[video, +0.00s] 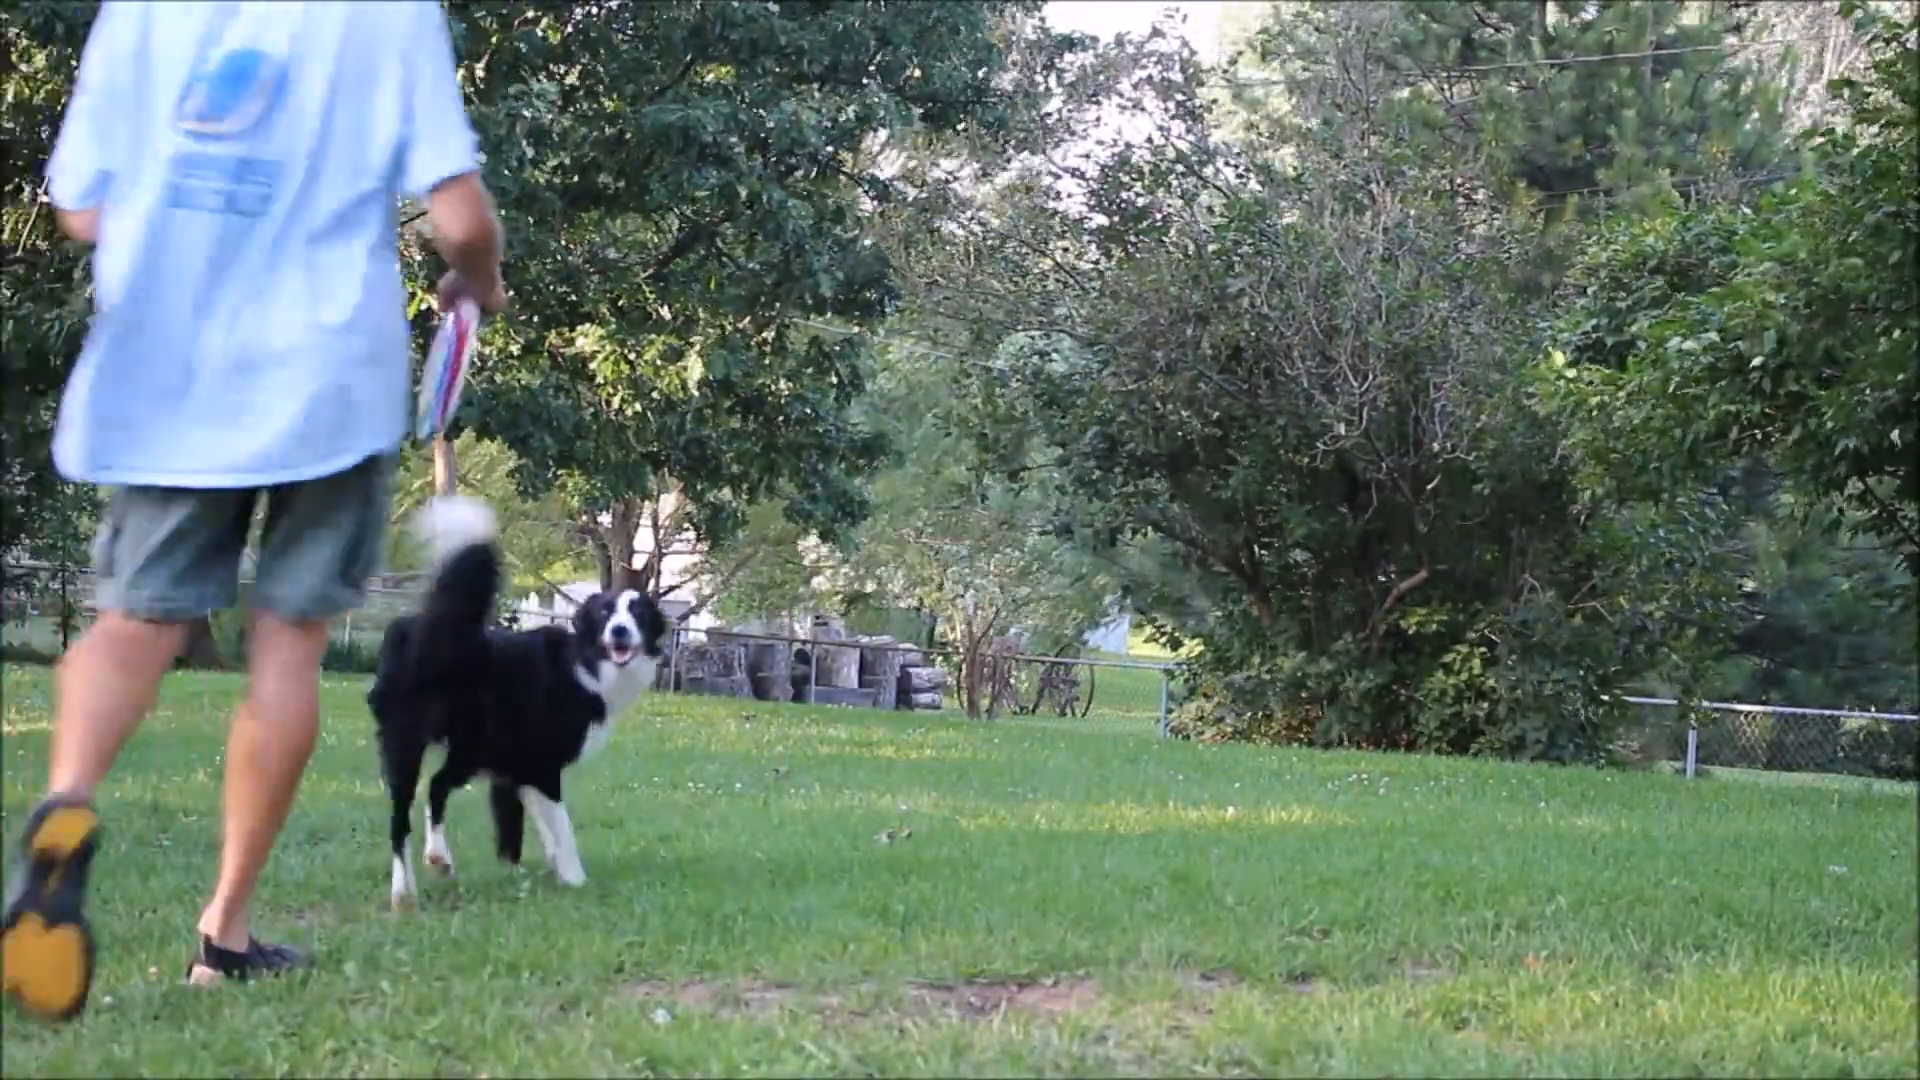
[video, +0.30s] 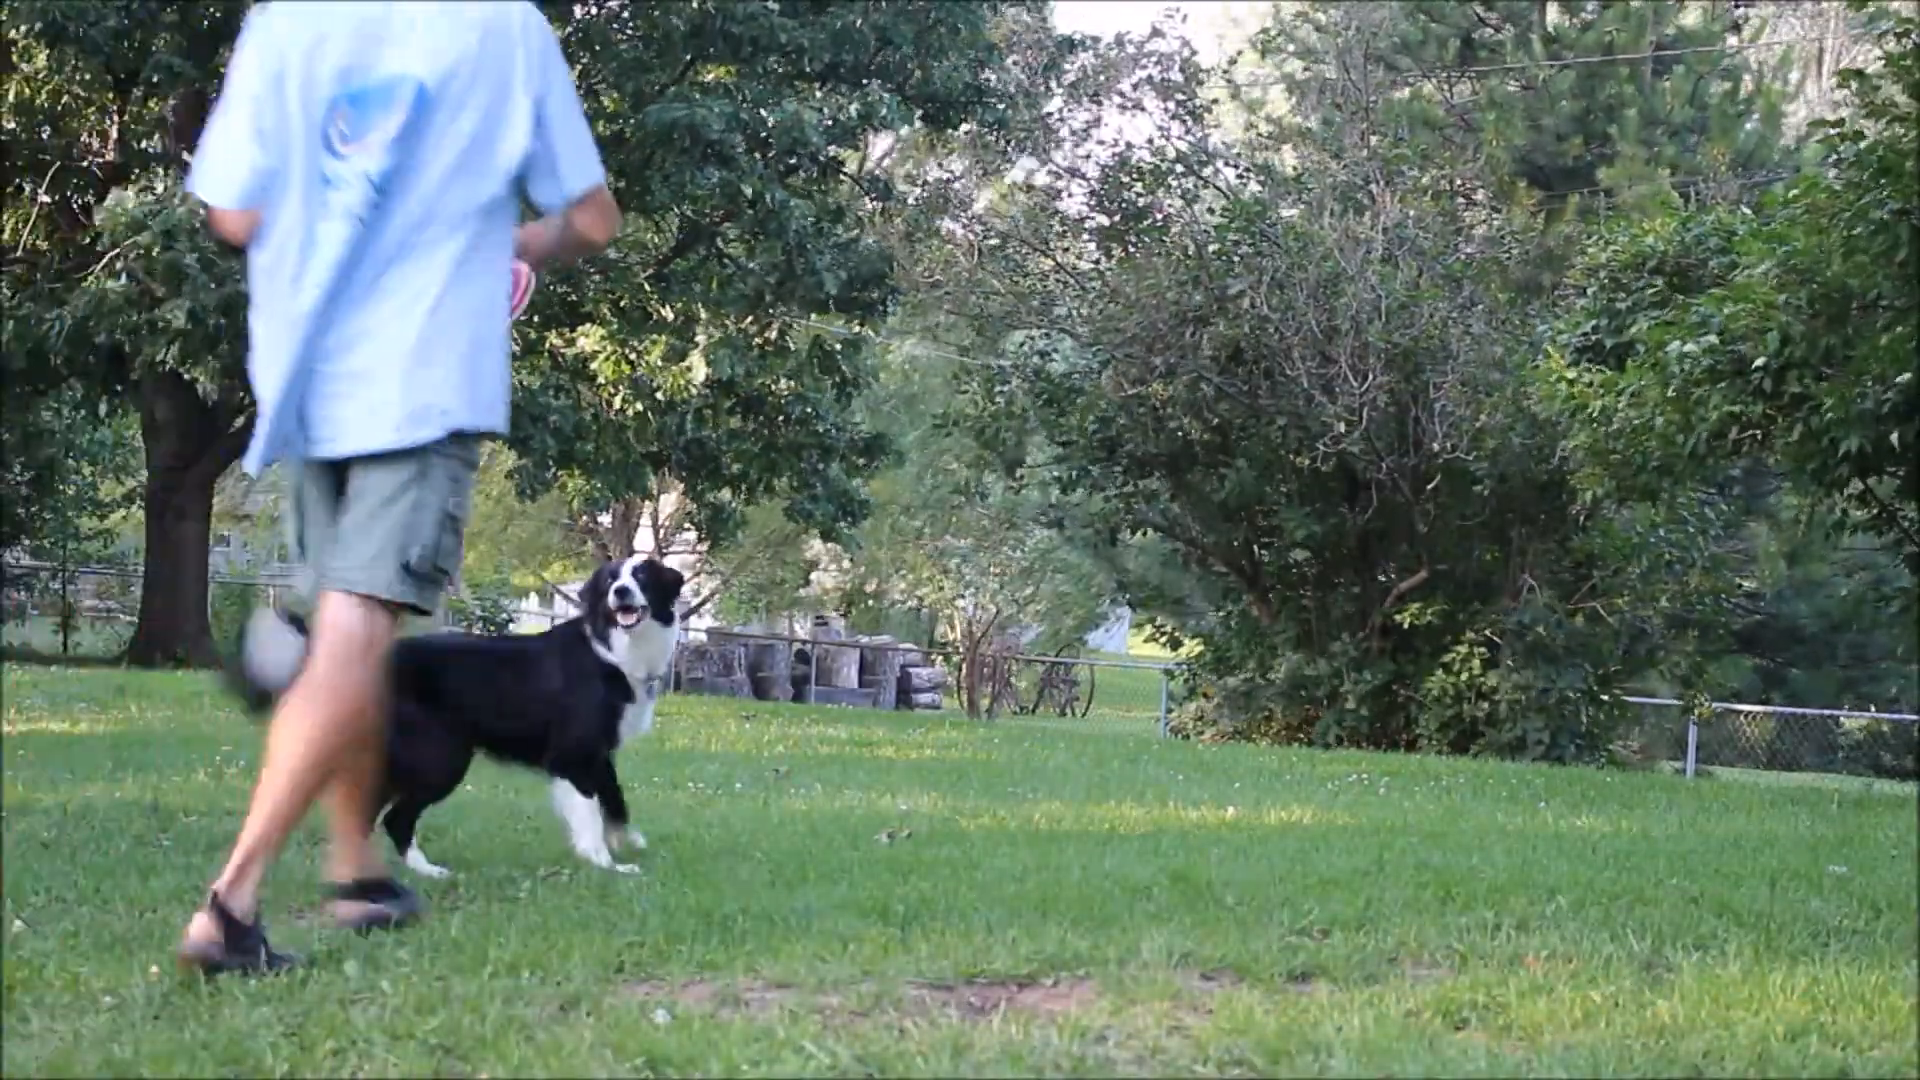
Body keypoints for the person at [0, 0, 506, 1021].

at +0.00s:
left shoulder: (141, 7)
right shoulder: (393, 12)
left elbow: (80, 211)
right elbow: (458, 219)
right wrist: (479, 276)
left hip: (167, 372)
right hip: (328, 378)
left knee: (137, 614)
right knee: (287, 646)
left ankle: (67, 797)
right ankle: (225, 930)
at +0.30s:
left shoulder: (286, 18)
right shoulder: (508, 20)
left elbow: (235, 213)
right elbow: (591, 218)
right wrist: (501, 241)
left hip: (302, 368)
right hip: (431, 367)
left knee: (347, 629)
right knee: (352, 636)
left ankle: (360, 879)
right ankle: (229, 904)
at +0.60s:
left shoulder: (420, 54)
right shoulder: (644, 47)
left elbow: (379, 237)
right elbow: (716, 235)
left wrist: (477, 246)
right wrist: (619, 270)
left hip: (453, 383)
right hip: (594, 381)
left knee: (432, 623)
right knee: (609, 587)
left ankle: (383, 876)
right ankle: (568, 801)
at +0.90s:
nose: (660, 13)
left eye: (660, 5)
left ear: (671, 7)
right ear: (753, 2)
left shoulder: (655, 97)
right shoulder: (830, 94)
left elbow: (661, 271)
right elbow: (871, 271)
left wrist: (607, 280)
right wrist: (776, 293)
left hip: (680, 408)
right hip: (807, 408)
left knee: (577, 605)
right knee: (770, 614)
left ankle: (477, 842)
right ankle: (825, 857)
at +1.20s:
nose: (829, 6)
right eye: (834, 1)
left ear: (855, 0)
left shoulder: (909, 78)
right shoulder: (891, 75)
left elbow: (923, 257)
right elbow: (886, 240)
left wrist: (780, 251)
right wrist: (814, 324)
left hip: (892, 385)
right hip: (870, 385)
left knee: (842, 608)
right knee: (855, 612)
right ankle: (838, 856)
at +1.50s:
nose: (963, 15)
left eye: (971, 2)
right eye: (965, 4)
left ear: (1011, 9)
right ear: (1025, 12)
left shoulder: (1100, 114)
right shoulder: (1009, 104)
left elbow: (1142, 290)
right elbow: (993, 255)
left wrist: (1003, 324)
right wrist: (901, 316)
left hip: (1085, 421)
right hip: (1003, 415)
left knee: (1111, 614)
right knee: (967, 605)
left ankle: (1195, 846)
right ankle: (911, 840)